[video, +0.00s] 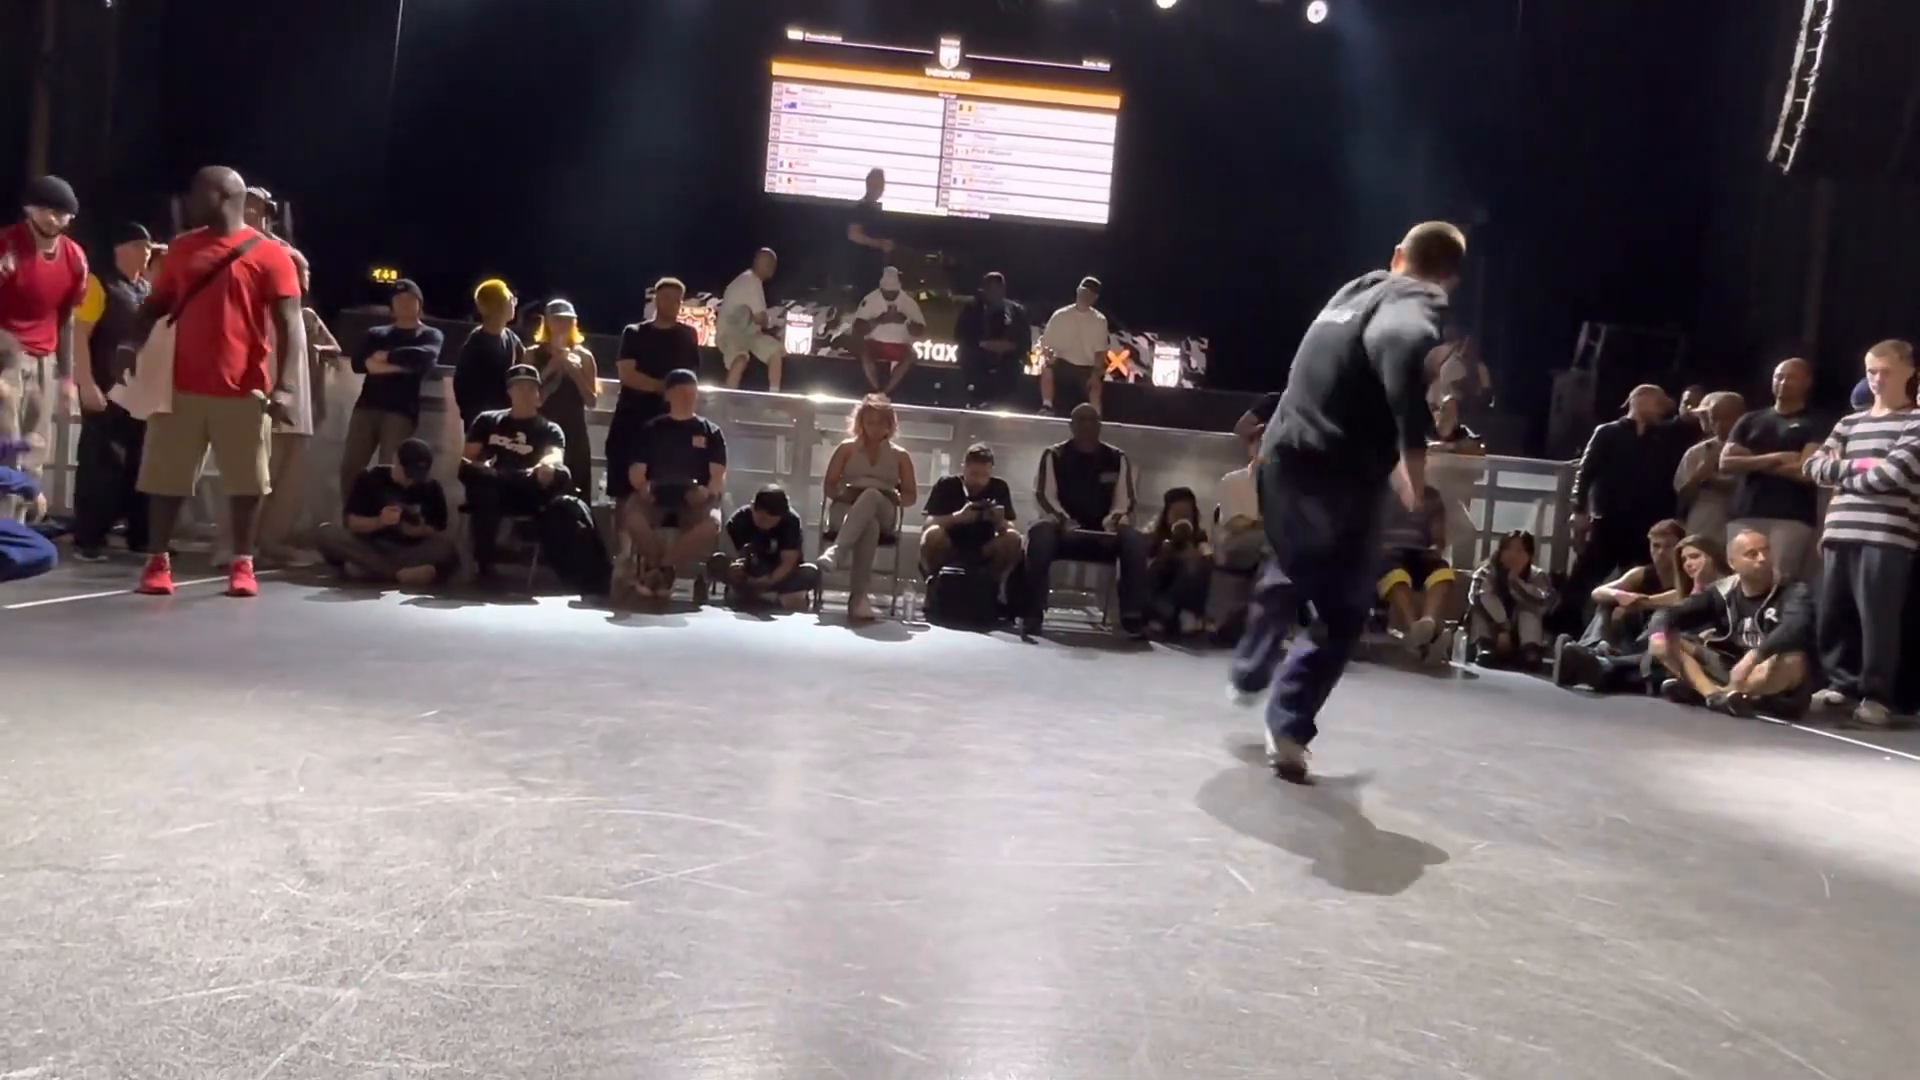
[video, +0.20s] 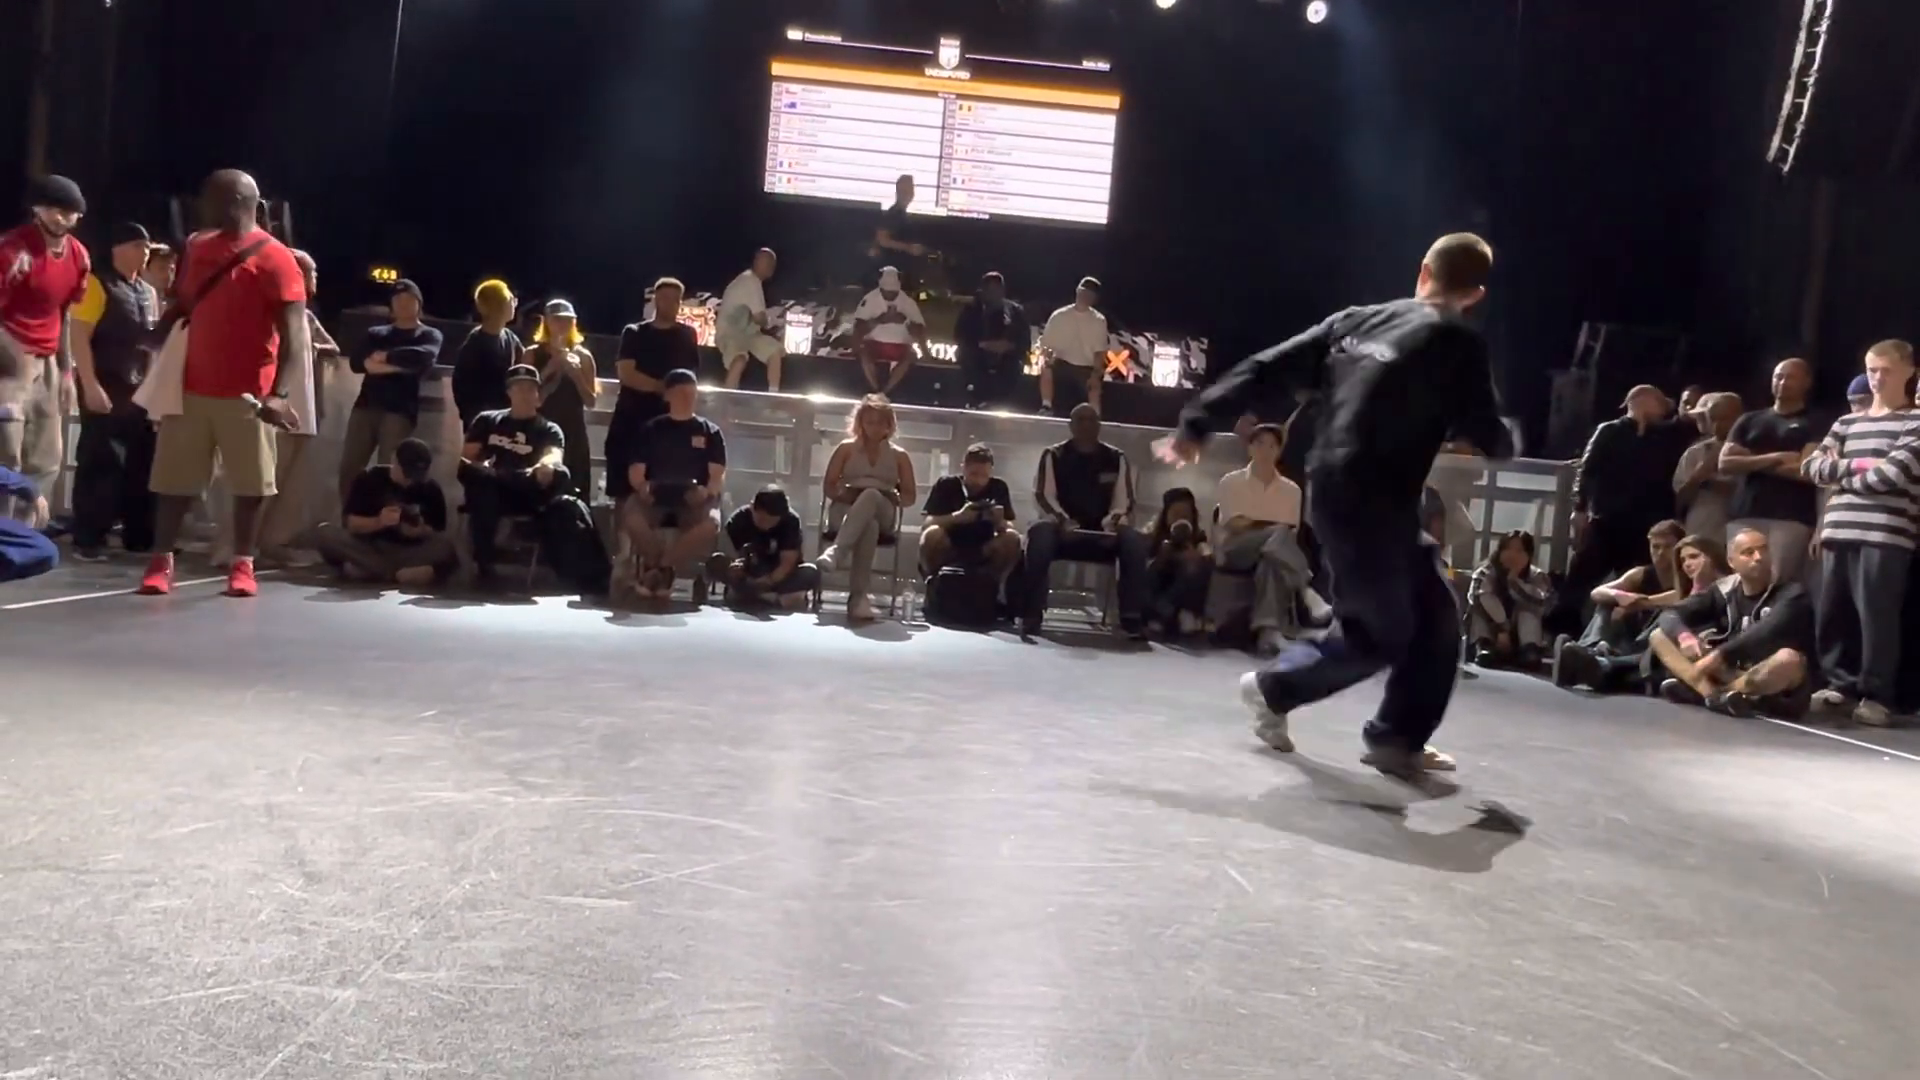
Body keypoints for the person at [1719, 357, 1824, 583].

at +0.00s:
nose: (1782, 382)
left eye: (1790, 378)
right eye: (1779, 377)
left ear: (1806, 383)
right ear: (1773, 382)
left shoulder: (1816, 424)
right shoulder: (1750, 420)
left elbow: (1807, 471)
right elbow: (1725, 463)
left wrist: (1751, 459)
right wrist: (1779, 458)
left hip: (1791, 518)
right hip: (1745, 515)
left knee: (1781, 589)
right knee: (1742, 589)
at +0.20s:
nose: (1782, 382)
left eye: (1789, 378)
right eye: (1778, 377)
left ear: (1806, 383)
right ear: (1772, 382)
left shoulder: (1815, 424)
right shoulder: (1749, 420)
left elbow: (1807, 470)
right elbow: (1724, 463)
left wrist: (1750, 458)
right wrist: (1779, 458)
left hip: (1791, 518)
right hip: (1745, 515)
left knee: (1781, 590)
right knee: (1743, 590)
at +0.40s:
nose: (1781, 382)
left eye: (1789, 378)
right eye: (1778, 377)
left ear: (1804, 384)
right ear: (1771, 382)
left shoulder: (1813, 425)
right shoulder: (1748, 420)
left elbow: (1807, 471)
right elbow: (1723, 463)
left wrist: (1751, 461)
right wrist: (1779, 458)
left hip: (1786, 519)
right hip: (1744, 517)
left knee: (1781, 592)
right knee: (1741, 592)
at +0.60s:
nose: (1781, 383)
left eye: (1789, 378)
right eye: (1778, 377)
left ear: (1805, 383)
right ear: (1772, 381)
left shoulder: (1815, 425)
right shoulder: (1747, 421)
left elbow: (1809, 472)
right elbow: (1724, 463)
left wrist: (1750, 460)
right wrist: (1779, 459)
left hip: (1784, 519)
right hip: (1742, 516)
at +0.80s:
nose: (1781, 382)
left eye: (1789, 378)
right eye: (1778, 377)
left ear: (1804, 384)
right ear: (1771, 382)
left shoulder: (1817, 425)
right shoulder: (1747, 421)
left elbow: (1813, 472)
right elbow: (1724, 463)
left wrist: (1752, 462)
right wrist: (1777, 459)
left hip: (1786, 520)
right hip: (1743, 518)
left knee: (1782, 595)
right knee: (1739, 595)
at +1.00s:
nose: (1780, 383)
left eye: (1787, 379)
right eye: (1776, 378)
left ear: (1803, 384)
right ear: (1770, 382)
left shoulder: (1814, 425)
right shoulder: (1746, 422)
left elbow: (1807, 471)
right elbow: (1722, 464)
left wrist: (1749, 462)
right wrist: (1776, 459)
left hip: (1786, 521)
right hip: (1742, 519)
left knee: (1782, 597)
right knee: (1739, 596)